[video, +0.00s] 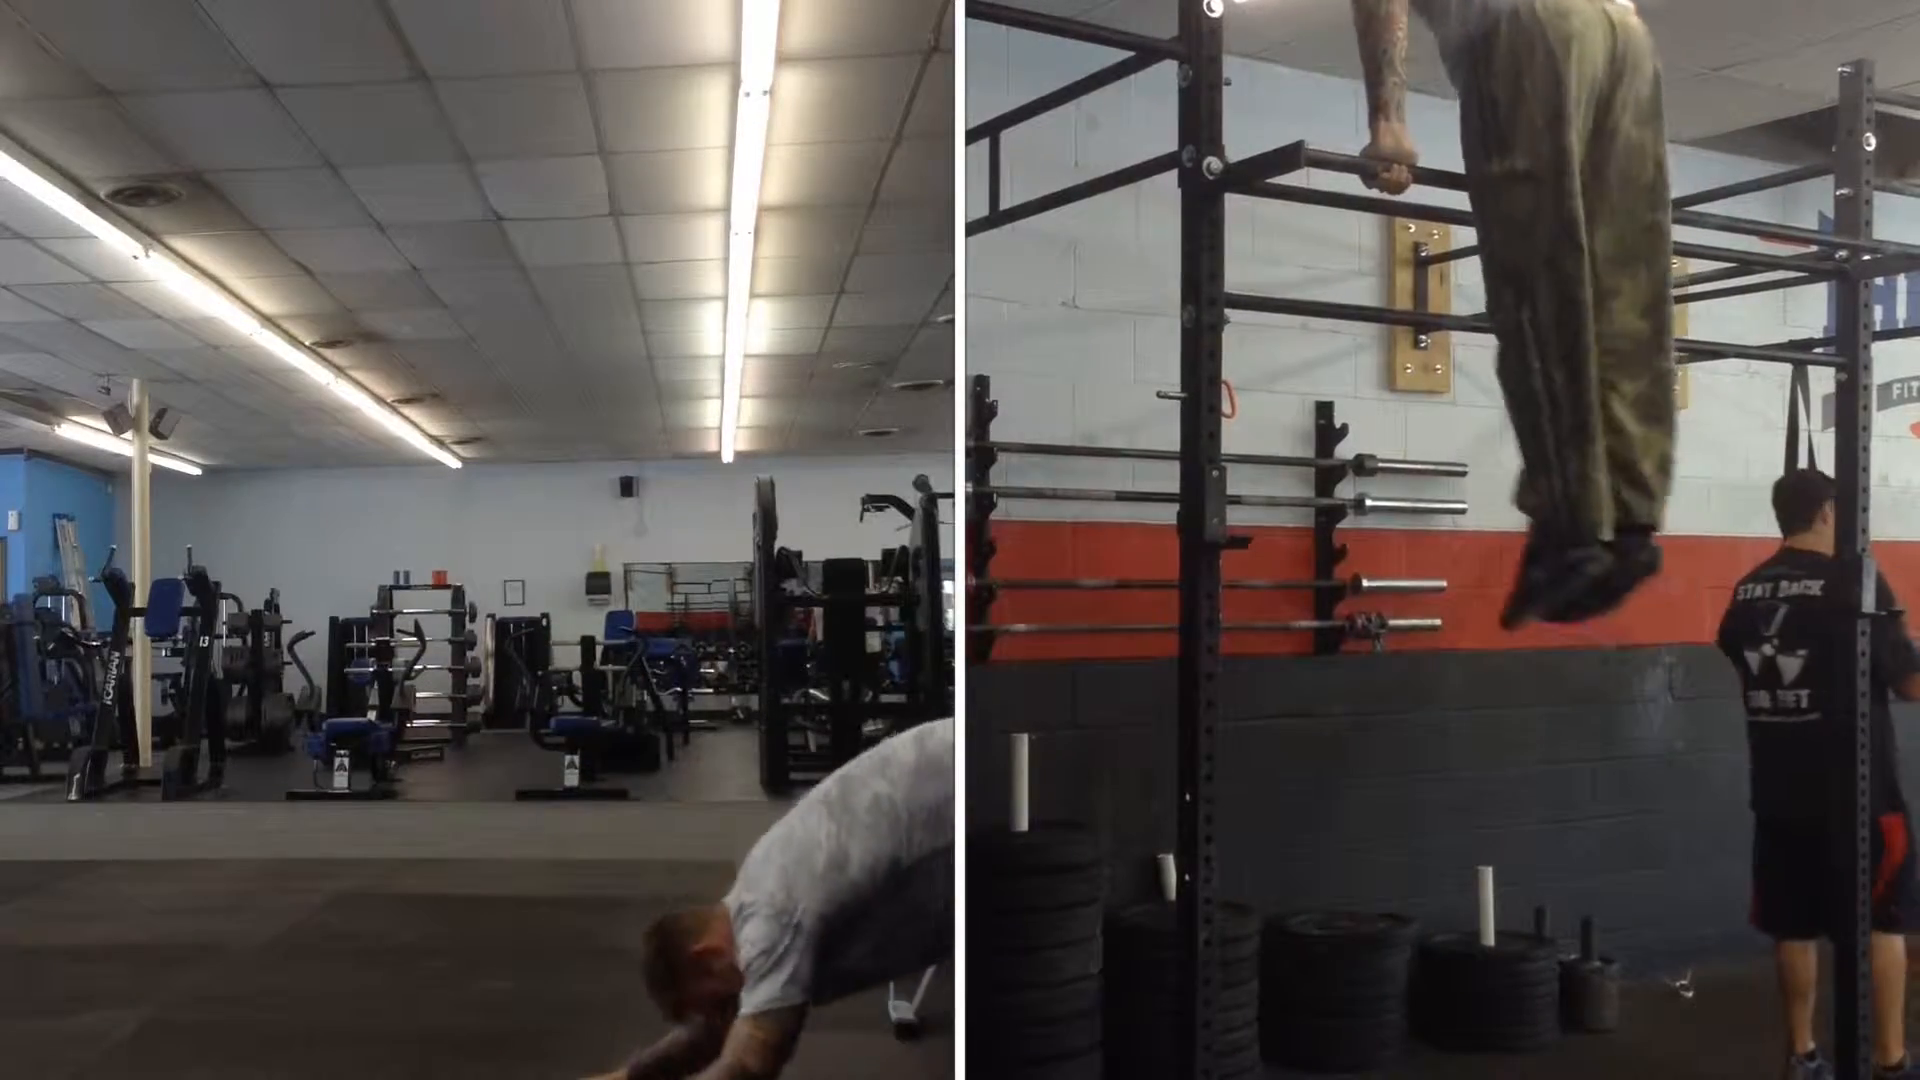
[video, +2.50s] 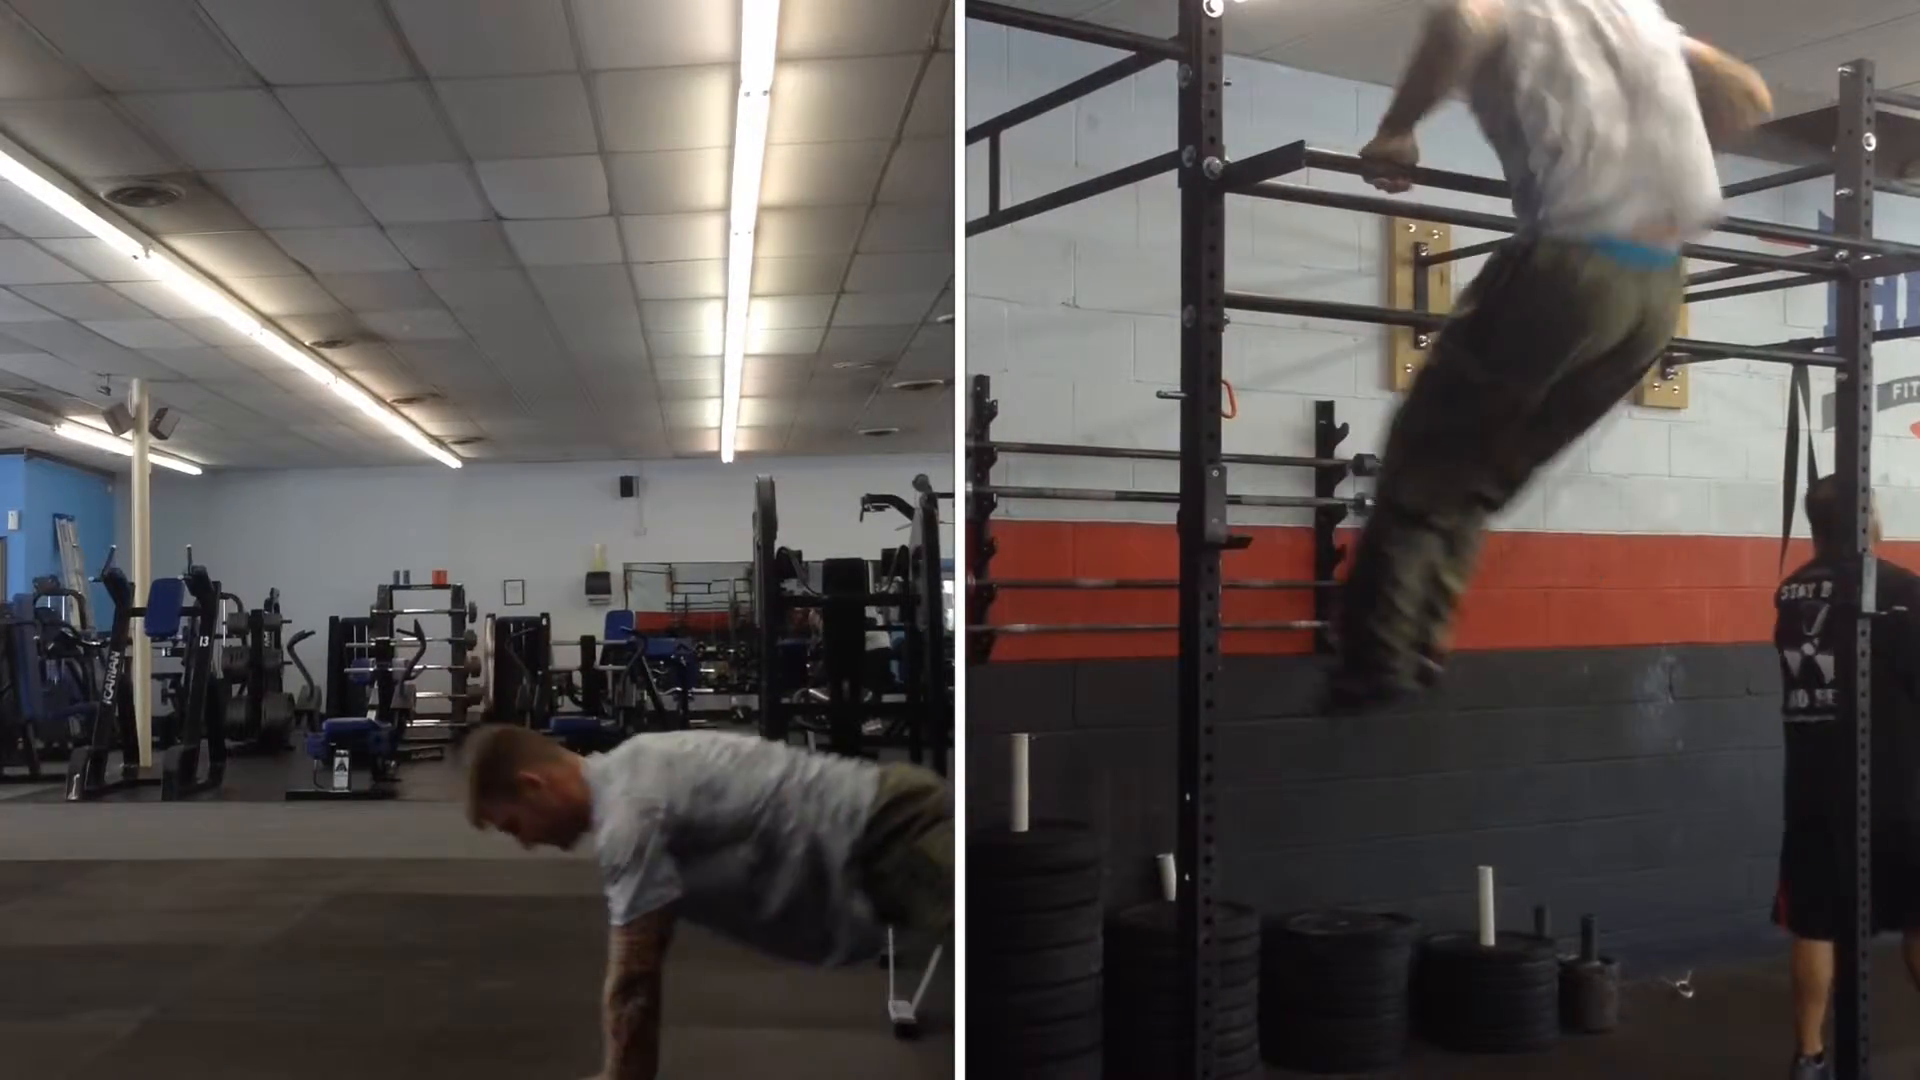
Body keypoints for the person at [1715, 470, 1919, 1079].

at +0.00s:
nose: (1850, 525)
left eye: (1844, 513)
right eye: (1845, 514)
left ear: (1784, 519)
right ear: (1827, 515)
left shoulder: (1750, 587)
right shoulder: (1858, 581)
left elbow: (1735, 658)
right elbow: (1908, 681)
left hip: (1781, 780)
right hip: (1859, 783)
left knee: (1795, 922)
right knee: (1885, 919)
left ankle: (1803, 1054)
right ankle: (1890, 1057)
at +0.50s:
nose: (1856, 519)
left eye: (1849, 508)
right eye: (1850, 509)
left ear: (1786, 519)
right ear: (1833, 514)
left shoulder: (1759, 586)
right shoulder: (1866, 580)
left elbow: (1748, 649)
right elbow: (1911, 670)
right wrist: (1893, 622)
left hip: (1791, 780)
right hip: (1867, 783)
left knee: (1798, 926)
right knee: (1891, 930)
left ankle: (1803, 1056)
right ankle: (1900, 1065)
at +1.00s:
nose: (1910, 523)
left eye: (1907, 513)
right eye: (1908, 513)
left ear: (1852, 516)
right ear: (1892, 516)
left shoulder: (1813, 587)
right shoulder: (1906, 589)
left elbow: (1802, 676)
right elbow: (1911, 681)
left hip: (1832, 766)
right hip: (1900, 767)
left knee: (1822, 925)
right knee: (1900, 936)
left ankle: (1806, 1056)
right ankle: (1901, 1068)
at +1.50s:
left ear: (1871, 517)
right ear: (1910, 518)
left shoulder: (1837, 582)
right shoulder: (1909, 582)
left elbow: (1826, 663)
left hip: (1854, 774)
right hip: (1904, 778)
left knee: (1861, 923)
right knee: (1904, 937)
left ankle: (1854, 1048)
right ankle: (1903, 1066)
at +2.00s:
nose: (1907, 517)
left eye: (1903, 505)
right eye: (1901, 507)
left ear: (1841, 517)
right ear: (1876, 517)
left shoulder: (1805, 588)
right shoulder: (1905, 588)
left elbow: (1803, 671)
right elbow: (1911, 686)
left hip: (1824, 777)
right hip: (1897, 781)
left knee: (1819, 926)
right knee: (1898, 938)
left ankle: (1812, 1057)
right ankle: (1901, 1068)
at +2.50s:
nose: (1882, 520)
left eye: (1875, 509)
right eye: (1878, 511)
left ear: (1816, 526)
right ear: (1871, 521)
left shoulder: (1793, 593)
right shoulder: (1900, 591)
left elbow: (1810, 682)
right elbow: (1910, 681)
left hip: (1815, 779)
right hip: (1894, 780)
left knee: (1814, 921)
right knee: (1913, 919)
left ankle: (1810, 1057)